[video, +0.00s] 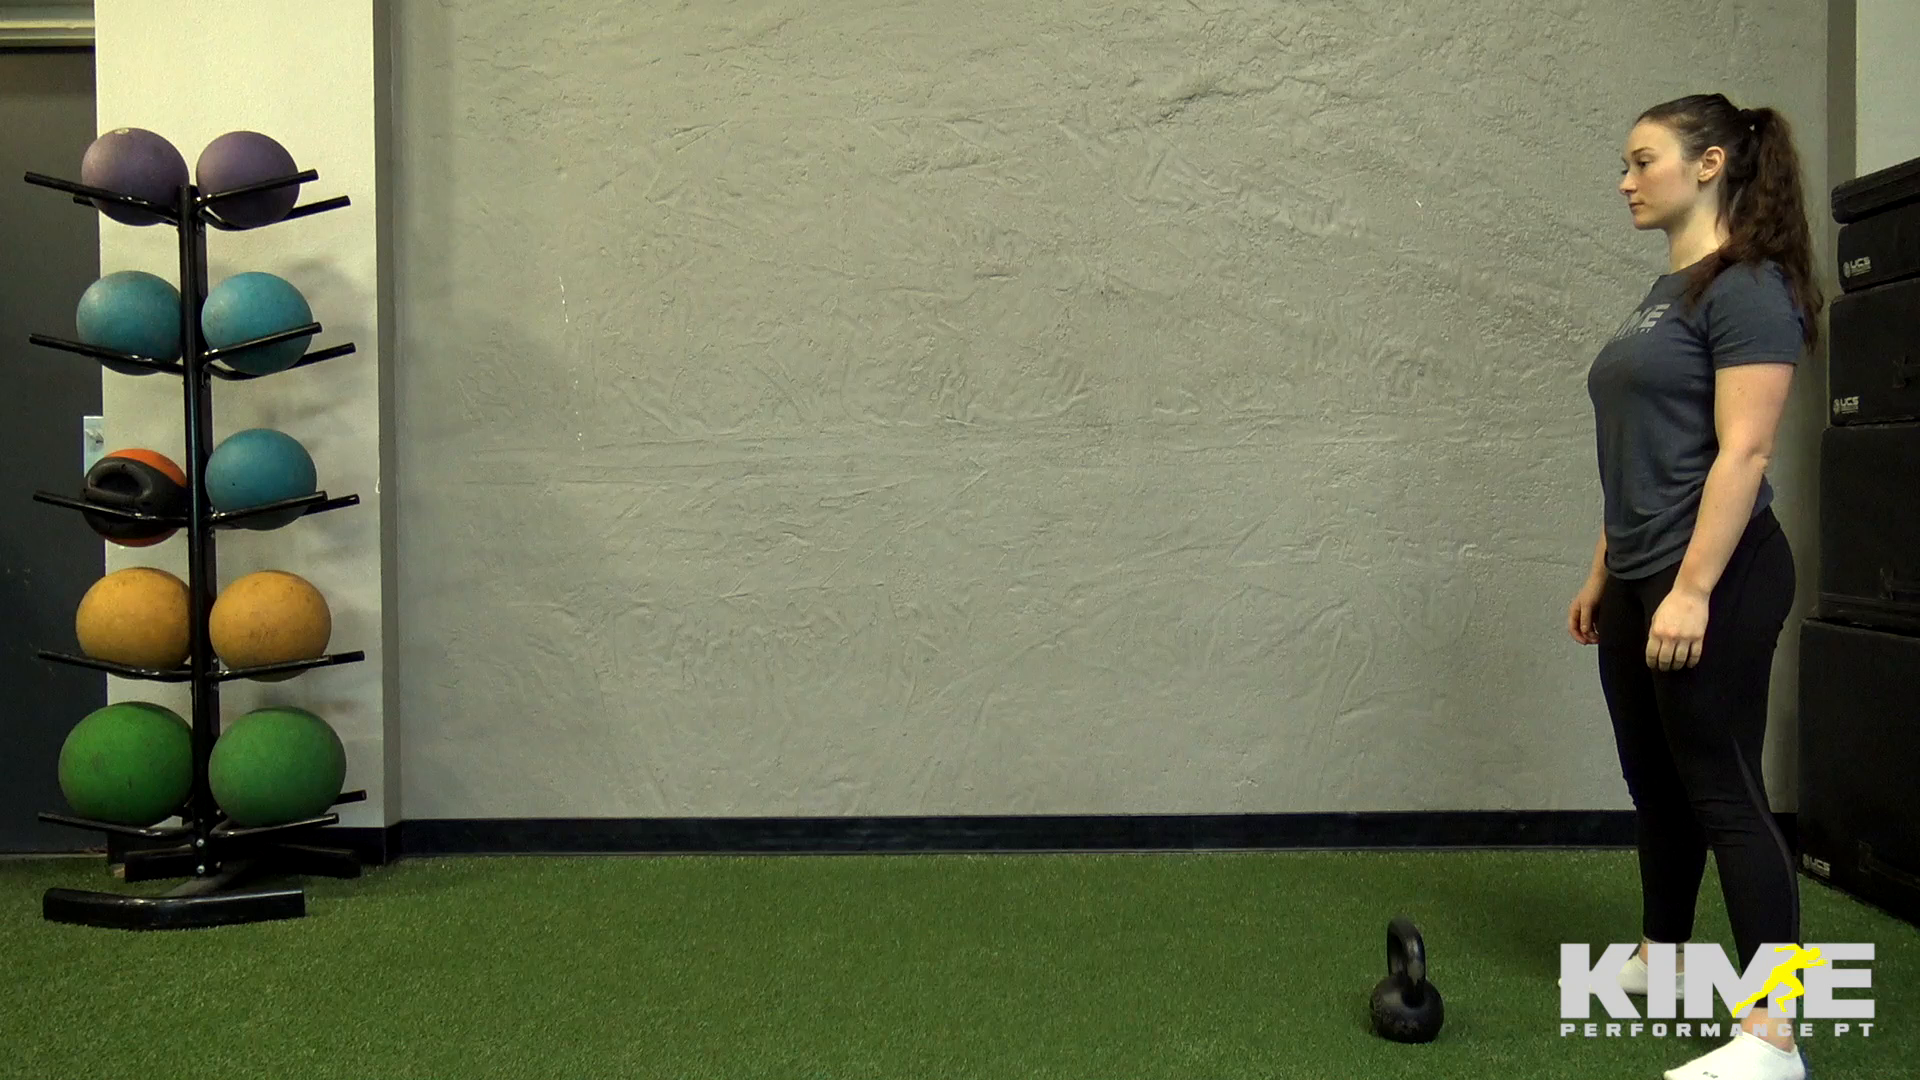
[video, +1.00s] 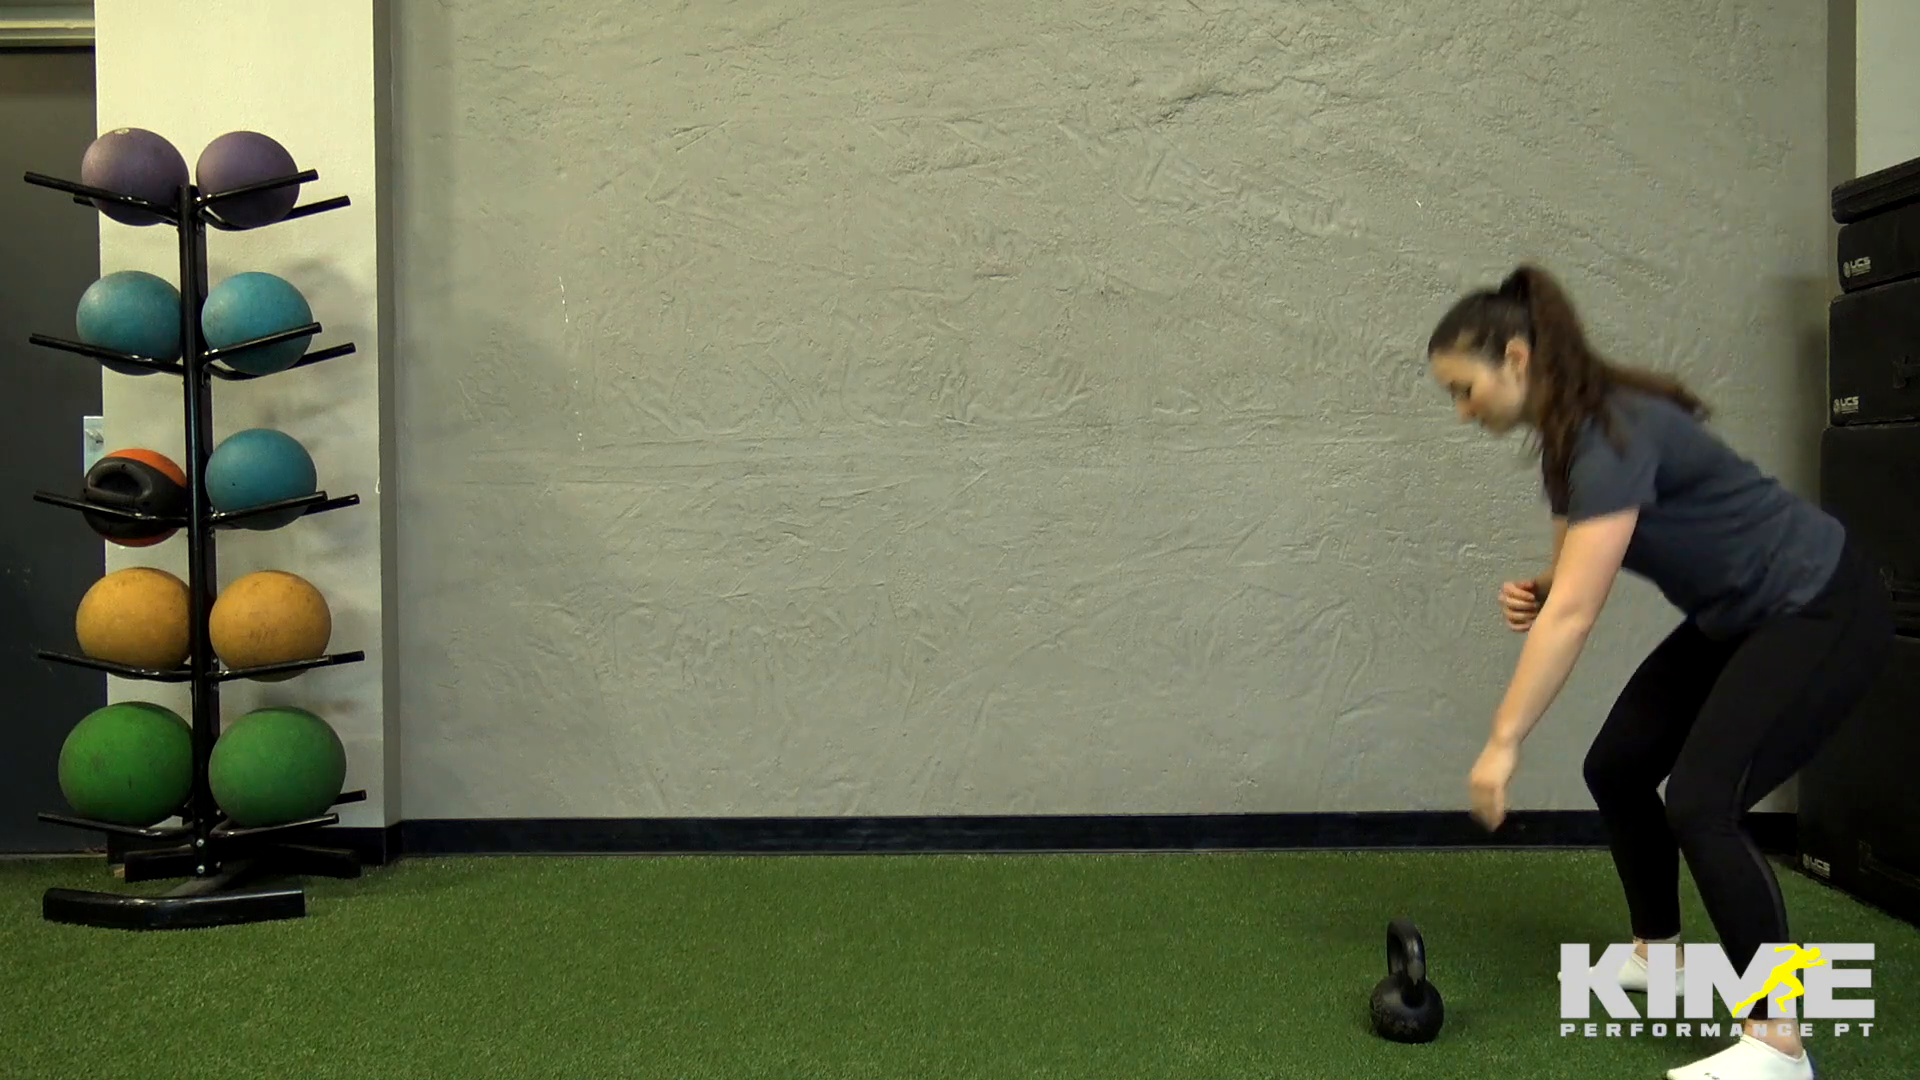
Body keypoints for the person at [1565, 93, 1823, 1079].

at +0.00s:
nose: (1627, 182)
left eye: (1643, 163)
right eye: (1628, 165)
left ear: (1710, 165)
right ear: (1695, 169)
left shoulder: (1746, 288)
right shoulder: (1670, 288)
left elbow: (1746, 453)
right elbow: (1644, 455)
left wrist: (1692, 587)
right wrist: (1603, 570)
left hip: (1719, 572)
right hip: (1642, 575)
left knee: (1726, 796)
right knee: (1660, 790)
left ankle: (1773, 1030)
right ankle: (1660, 975)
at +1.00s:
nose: (1463, 411)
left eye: (1464, 390)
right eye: (1454, 396)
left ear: (1516, 358)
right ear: (1514, 360)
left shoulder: (1613, 434)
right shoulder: (1578, 428)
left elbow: (1575, 611)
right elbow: (1611, 537)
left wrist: (1503, 742)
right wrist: (1555, 592)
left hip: (1823, 603)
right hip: (1740, 608)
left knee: (1699, 800)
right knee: (1620, 766)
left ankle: (1780, 1034)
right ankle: (1657, 961)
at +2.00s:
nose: (1430, 568)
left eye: (1433, 548)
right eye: (1422, 552)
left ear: (1489, 523)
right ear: (1491, 523)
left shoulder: (1576, 603)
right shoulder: (1557, 562)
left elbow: (1537, 795)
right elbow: (1585, 708)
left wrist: (1493, 920)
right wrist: (1514, 681)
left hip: (1837, 668)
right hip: (1760, 662)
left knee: (1678, 813)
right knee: (1589, 773)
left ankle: (1777, 1038)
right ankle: (1656, 957)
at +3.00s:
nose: (1432, 556)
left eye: (1437, 535)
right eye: (1425, 539)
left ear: (1496, 515)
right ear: (1495, 517)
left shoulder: (1596, 599)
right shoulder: (1558, 575)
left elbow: (1554, 785)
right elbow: (1566, 714)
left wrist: (1497, 909)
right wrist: (1499, 672)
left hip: (1839, 671)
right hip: (1762, 668)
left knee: (1679, 815)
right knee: (1588, 775)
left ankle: (1778, 1038)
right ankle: (1654, 955)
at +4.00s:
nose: (1459, 389)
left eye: (1475, 375)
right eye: (1462, 375)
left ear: (1535, 393)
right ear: (1529, 395)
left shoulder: (1591, 502)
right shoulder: (1556, 491)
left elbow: (1686, 646)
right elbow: (1578, 601)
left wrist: (1746, 734)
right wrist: (1498, 581)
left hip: (1805, 637)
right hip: (1730, 639)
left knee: (1687, 819)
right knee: (1580, 778)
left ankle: (1782, 1037)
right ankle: (1655, 960)